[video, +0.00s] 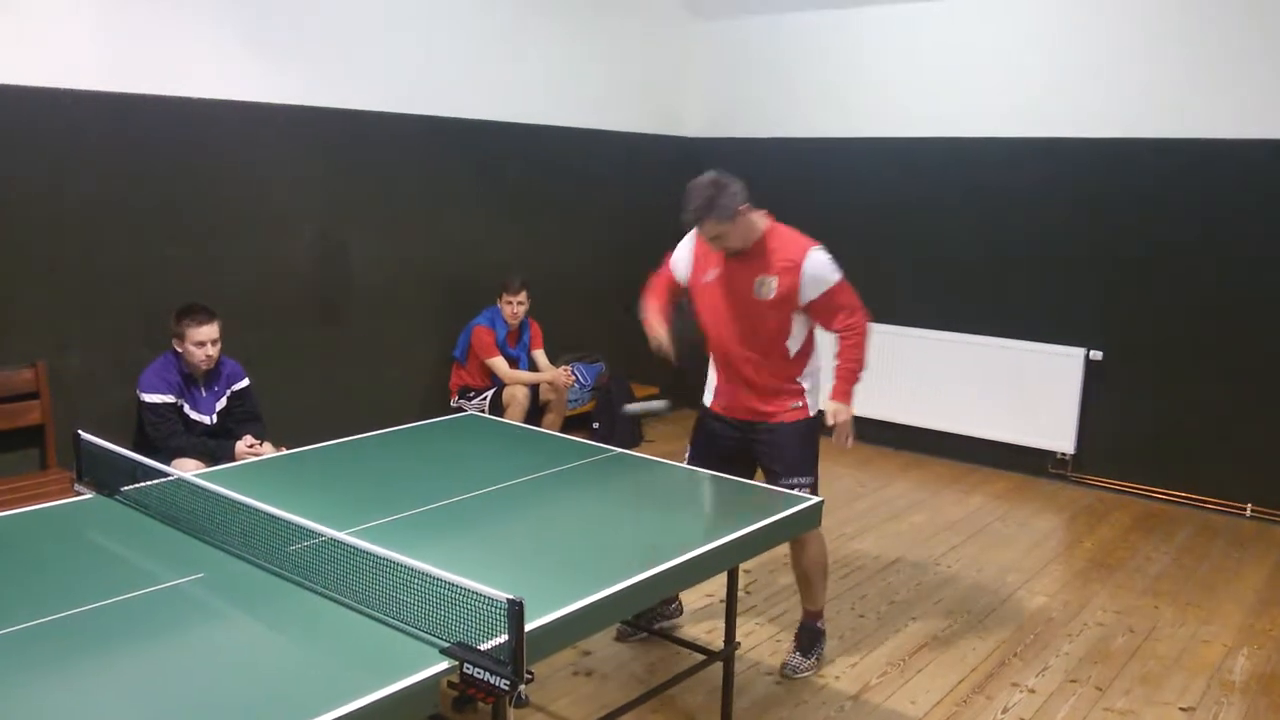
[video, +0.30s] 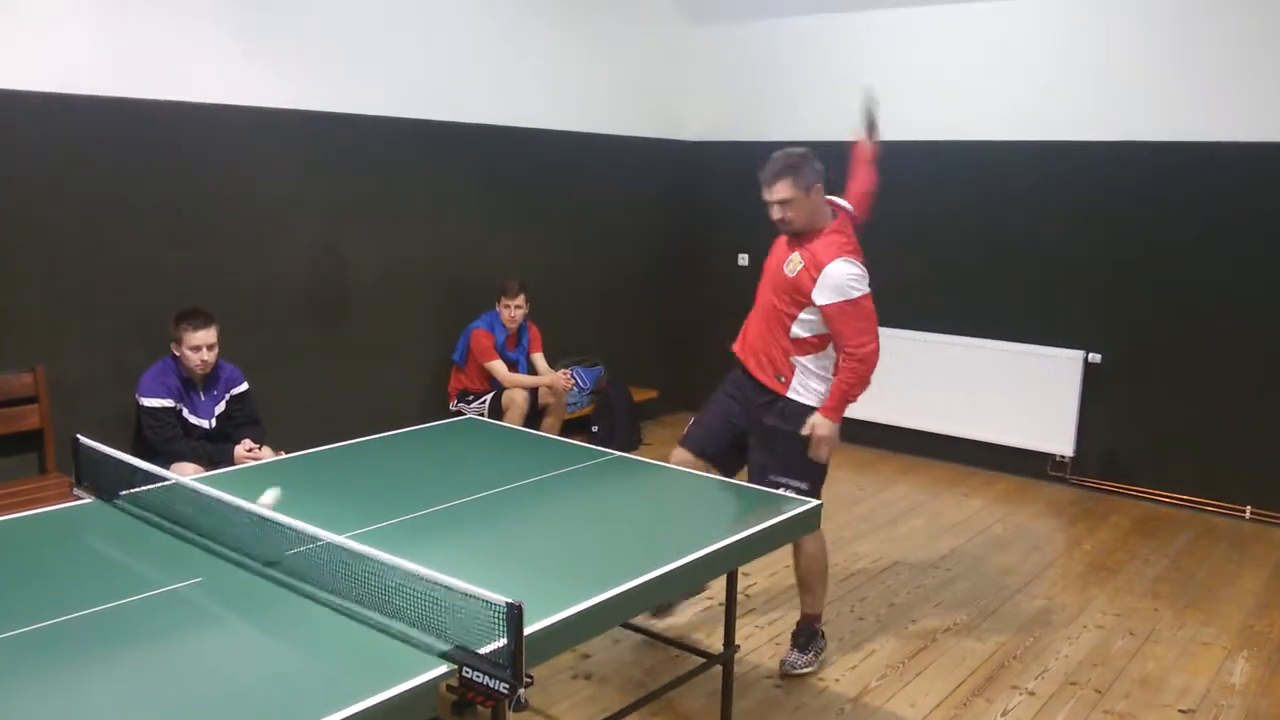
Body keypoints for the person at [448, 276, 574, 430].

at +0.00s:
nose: (515, 310)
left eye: (520, 304)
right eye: (509, 304)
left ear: (528, 305)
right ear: (499, 303)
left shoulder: (531, 328)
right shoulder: (482, 329)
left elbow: (544, 365)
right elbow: (506, 376)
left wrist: (559, 376)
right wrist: (552, 377)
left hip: (504, 391)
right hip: (468, 397)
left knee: (557, 390)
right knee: (520, 394)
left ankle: (545, 453)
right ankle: (505, 452)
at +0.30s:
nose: (512, 314)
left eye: (518, 308)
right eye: (506, 307)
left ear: (527, 309)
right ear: (498, 307)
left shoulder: (530, 331)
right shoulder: (481, 333)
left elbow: (543, 369)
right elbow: (505, 380)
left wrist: (558, 379)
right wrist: (551, 381)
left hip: (502, 394)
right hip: (467, 400)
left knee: (557, 394)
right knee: (519, 397)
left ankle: (544, 456)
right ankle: (506, 456)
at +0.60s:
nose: (509, 315)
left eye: (515, 309)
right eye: (503, 309)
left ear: (524, 311)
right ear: (495, 309)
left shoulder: (527, 333)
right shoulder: (478, 335)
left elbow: (541, 372)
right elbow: (503, 382)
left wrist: (555, 381)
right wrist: (547, 382)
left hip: (499, 396)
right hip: (464, 402)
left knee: (554, 396)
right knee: (516, 399)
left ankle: (540, 458)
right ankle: (502, 458)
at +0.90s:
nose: (503, 316)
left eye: (509, 310)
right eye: (498, 309)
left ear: (517, 311)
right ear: (489, 309)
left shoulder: (520, 333)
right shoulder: (471, 335)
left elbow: (534, 371)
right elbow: (496, 382)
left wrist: (548, 382)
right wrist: (541, 383)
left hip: (493, 397)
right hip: (457, 402)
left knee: (548, 397)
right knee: (509, 400)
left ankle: (535, 458)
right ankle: (497, 458)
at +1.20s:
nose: (504, 316)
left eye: (509, 310)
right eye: (497, 310)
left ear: (515, 311)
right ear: (486, 311)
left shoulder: (518, 334)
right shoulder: (469, 337)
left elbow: (533, 374)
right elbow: (494, 384)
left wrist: (547, 383)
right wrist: (538, 385)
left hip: (491, 398)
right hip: (456, 404)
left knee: (546, 399)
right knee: (507, 401)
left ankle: (533, 460)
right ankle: (495, 460)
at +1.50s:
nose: (506, 314)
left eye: (511, 307)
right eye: (499, 308)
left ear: (517, 308)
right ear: (488, 309)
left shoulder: (520, 331)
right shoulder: (472, 334)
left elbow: (535, 371)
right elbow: (496, 381)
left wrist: (549, 380)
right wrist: (541, 382)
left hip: (493, 395)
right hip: (458, 401)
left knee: (548, 395)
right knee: (509, 398)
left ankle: (536, 457)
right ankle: (497, 457)